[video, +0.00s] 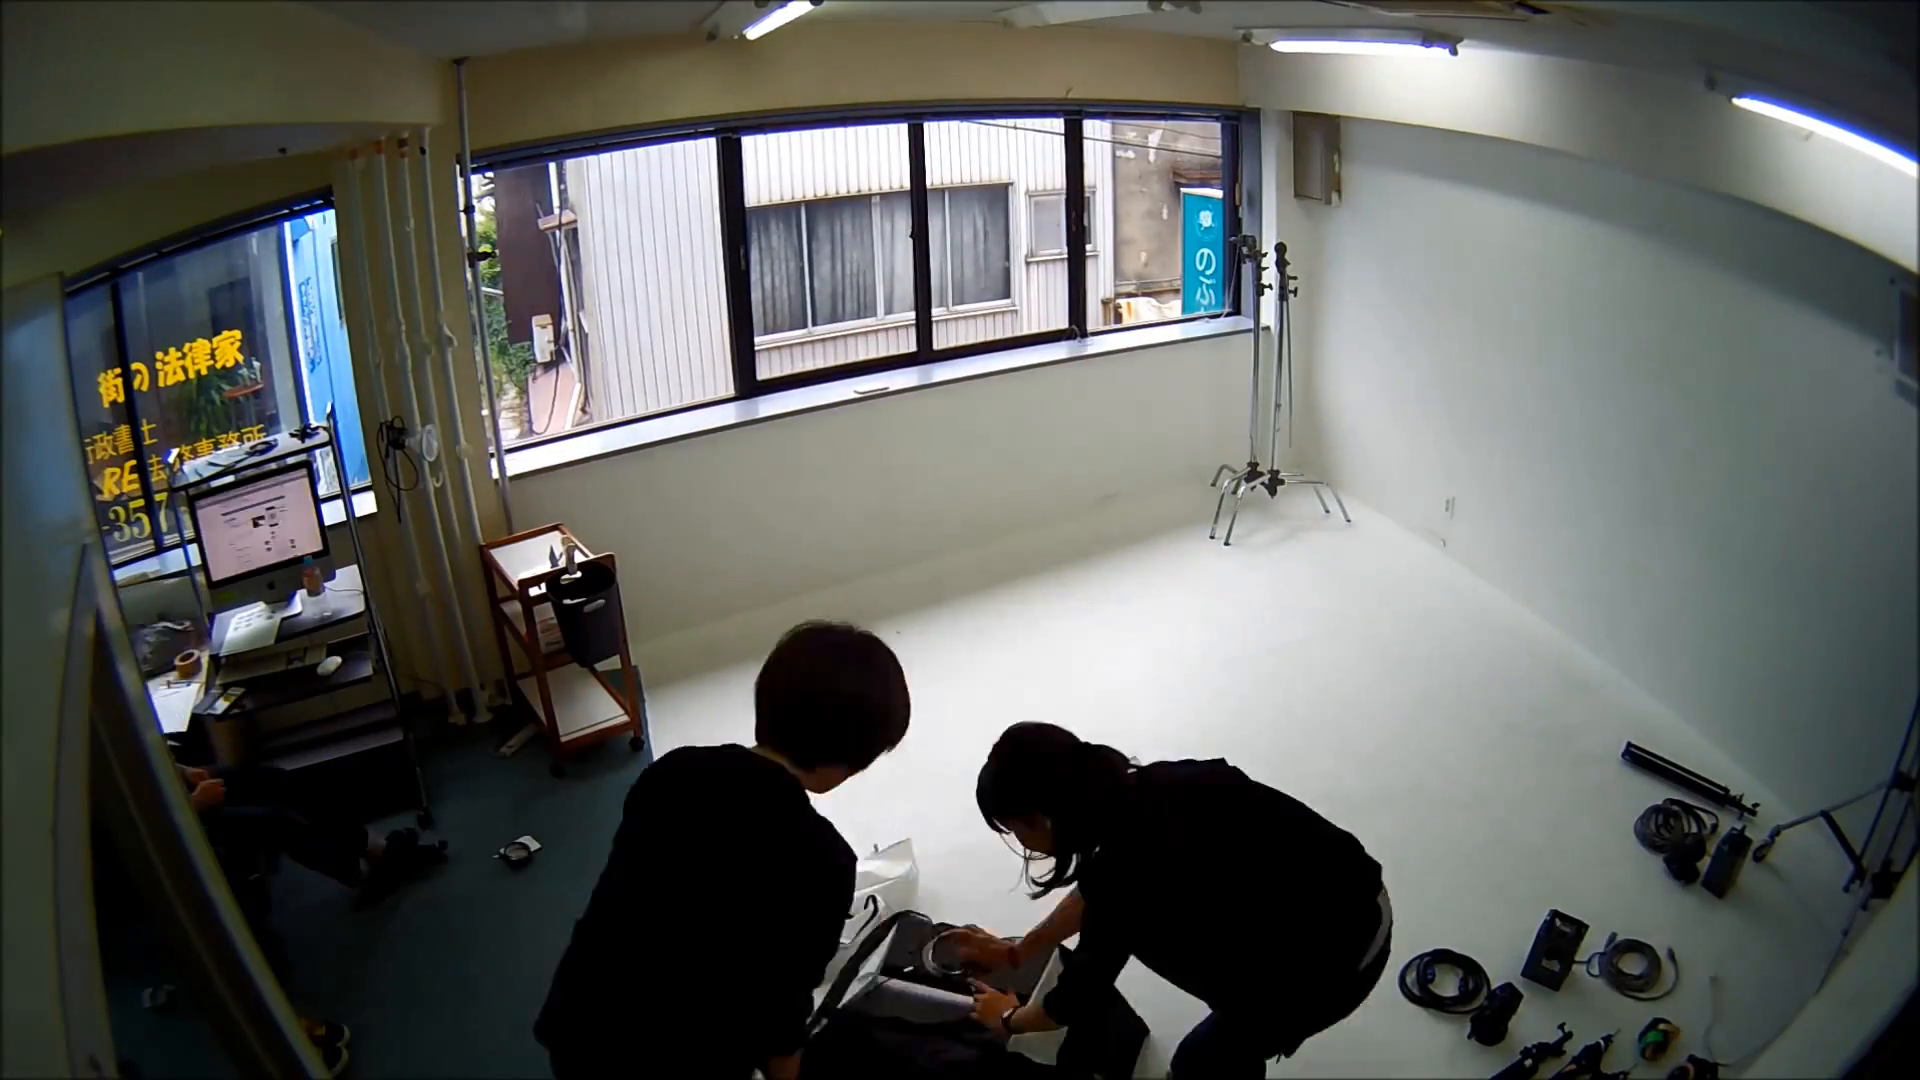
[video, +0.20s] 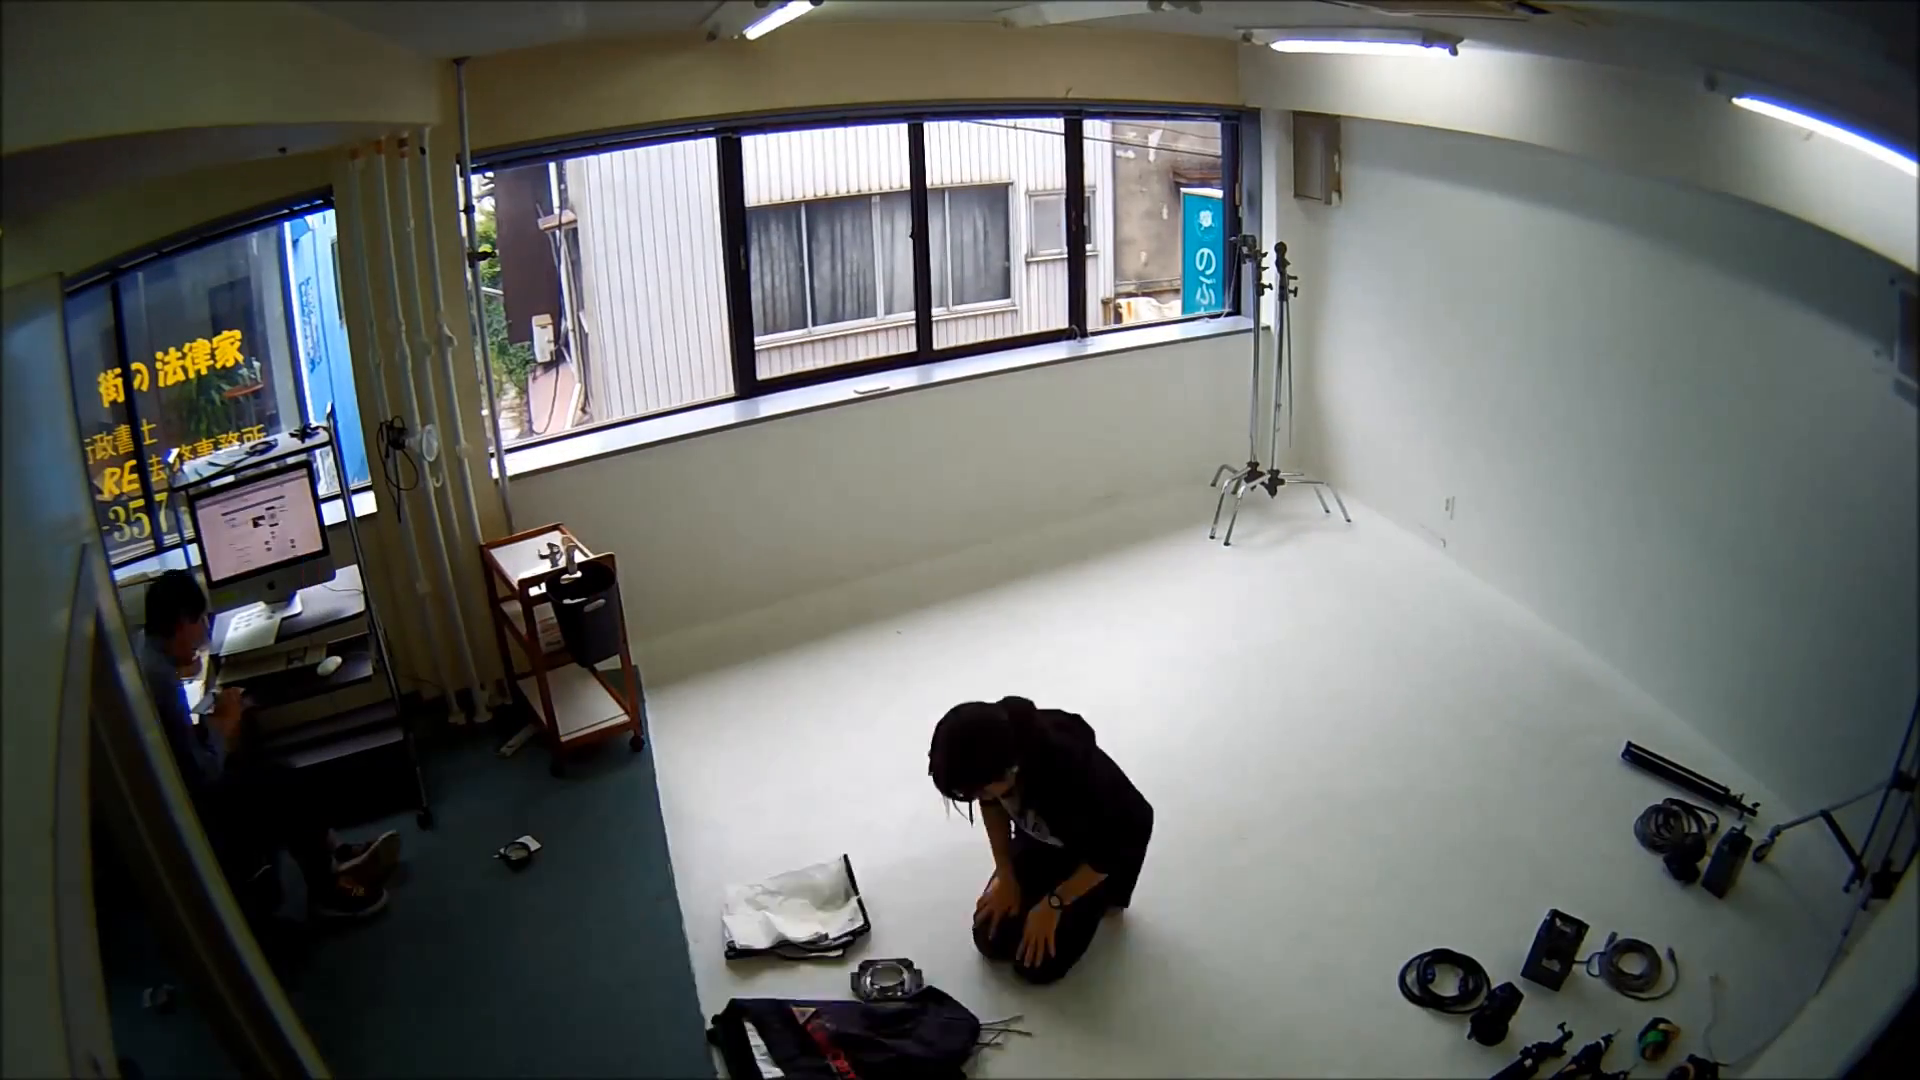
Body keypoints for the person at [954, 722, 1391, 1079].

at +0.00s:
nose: (1019, 842)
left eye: (1015, 827)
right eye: (1011, 830)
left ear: (1045, 813)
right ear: (1073, 772)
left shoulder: (1119, 869)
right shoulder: (1162, 780)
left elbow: (1073, 992)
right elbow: (1094, 890)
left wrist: (1012, 1020)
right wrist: (1022, 952)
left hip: (1328, 974)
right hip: (1364, 901)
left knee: (1199, 1060)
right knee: (1115, 907)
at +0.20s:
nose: (982, 799)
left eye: (985, 790)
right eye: (976, 794)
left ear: (1006, 769)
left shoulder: (1071, 769)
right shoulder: (995, 744)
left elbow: (1116, 846)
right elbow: (991, 805)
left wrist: (1054, 902)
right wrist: (1004, 875)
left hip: (1098, 848)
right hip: (1040, 836)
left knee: (1038, 967)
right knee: (992, 941)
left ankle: (1103, 894)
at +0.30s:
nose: (971, 910)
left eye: (978, 899)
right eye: (958, 904)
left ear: (1005, 872)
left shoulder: (1060, 859)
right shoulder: (923, 823)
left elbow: (1118, 955)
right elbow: (874, 888)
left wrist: (1031, 1007)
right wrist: (906, 987)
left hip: (1041, 966)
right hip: (954, 953)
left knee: (1018, 1070)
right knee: (933, 1045)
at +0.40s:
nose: (723, 844)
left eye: (718, 835)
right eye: (716, 837)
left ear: (734, 814)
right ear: (731, 786)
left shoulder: (809, 812)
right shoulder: (776, 769)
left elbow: (807, 916)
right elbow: (762, 865)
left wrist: (717, 935)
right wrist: (705, 909)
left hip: (960, 871)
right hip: (952, 825)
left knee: (964, 990)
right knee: (977, 887)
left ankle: (1060, 938)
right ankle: (1017, 912)